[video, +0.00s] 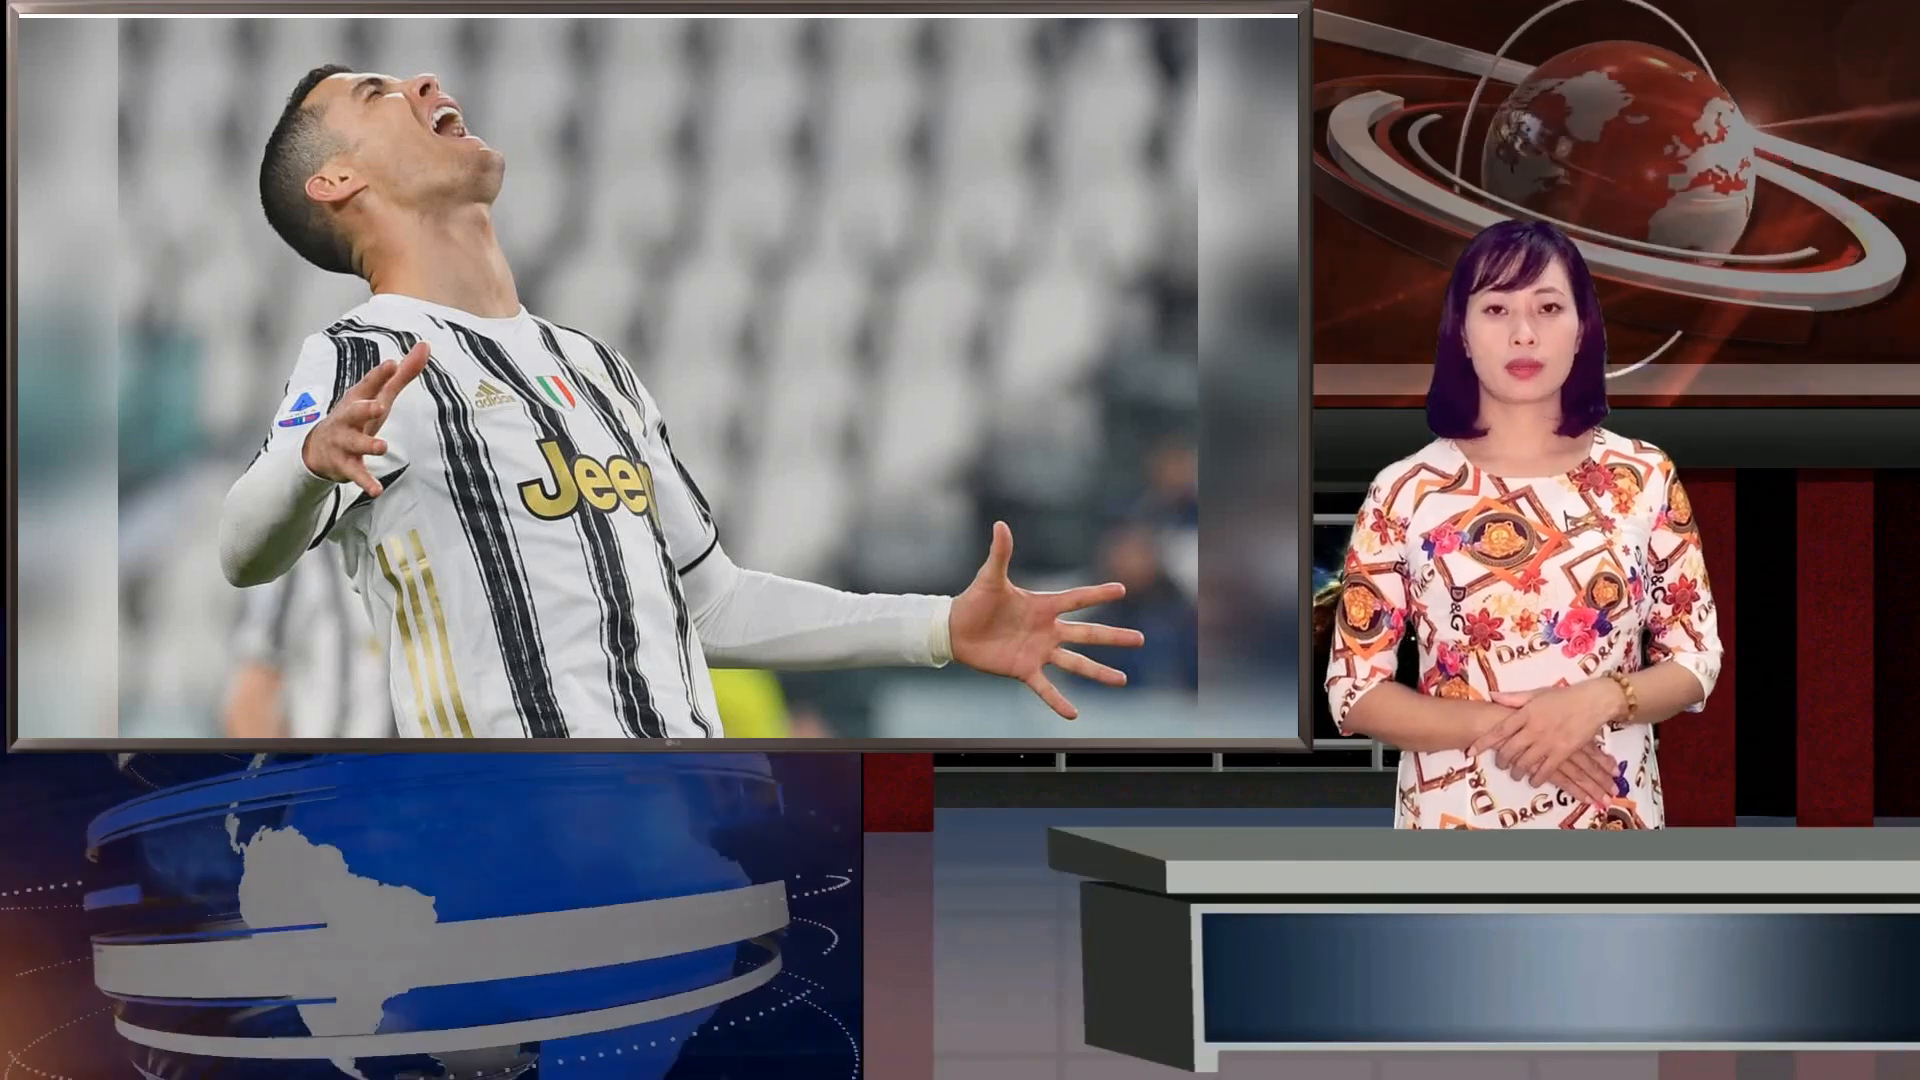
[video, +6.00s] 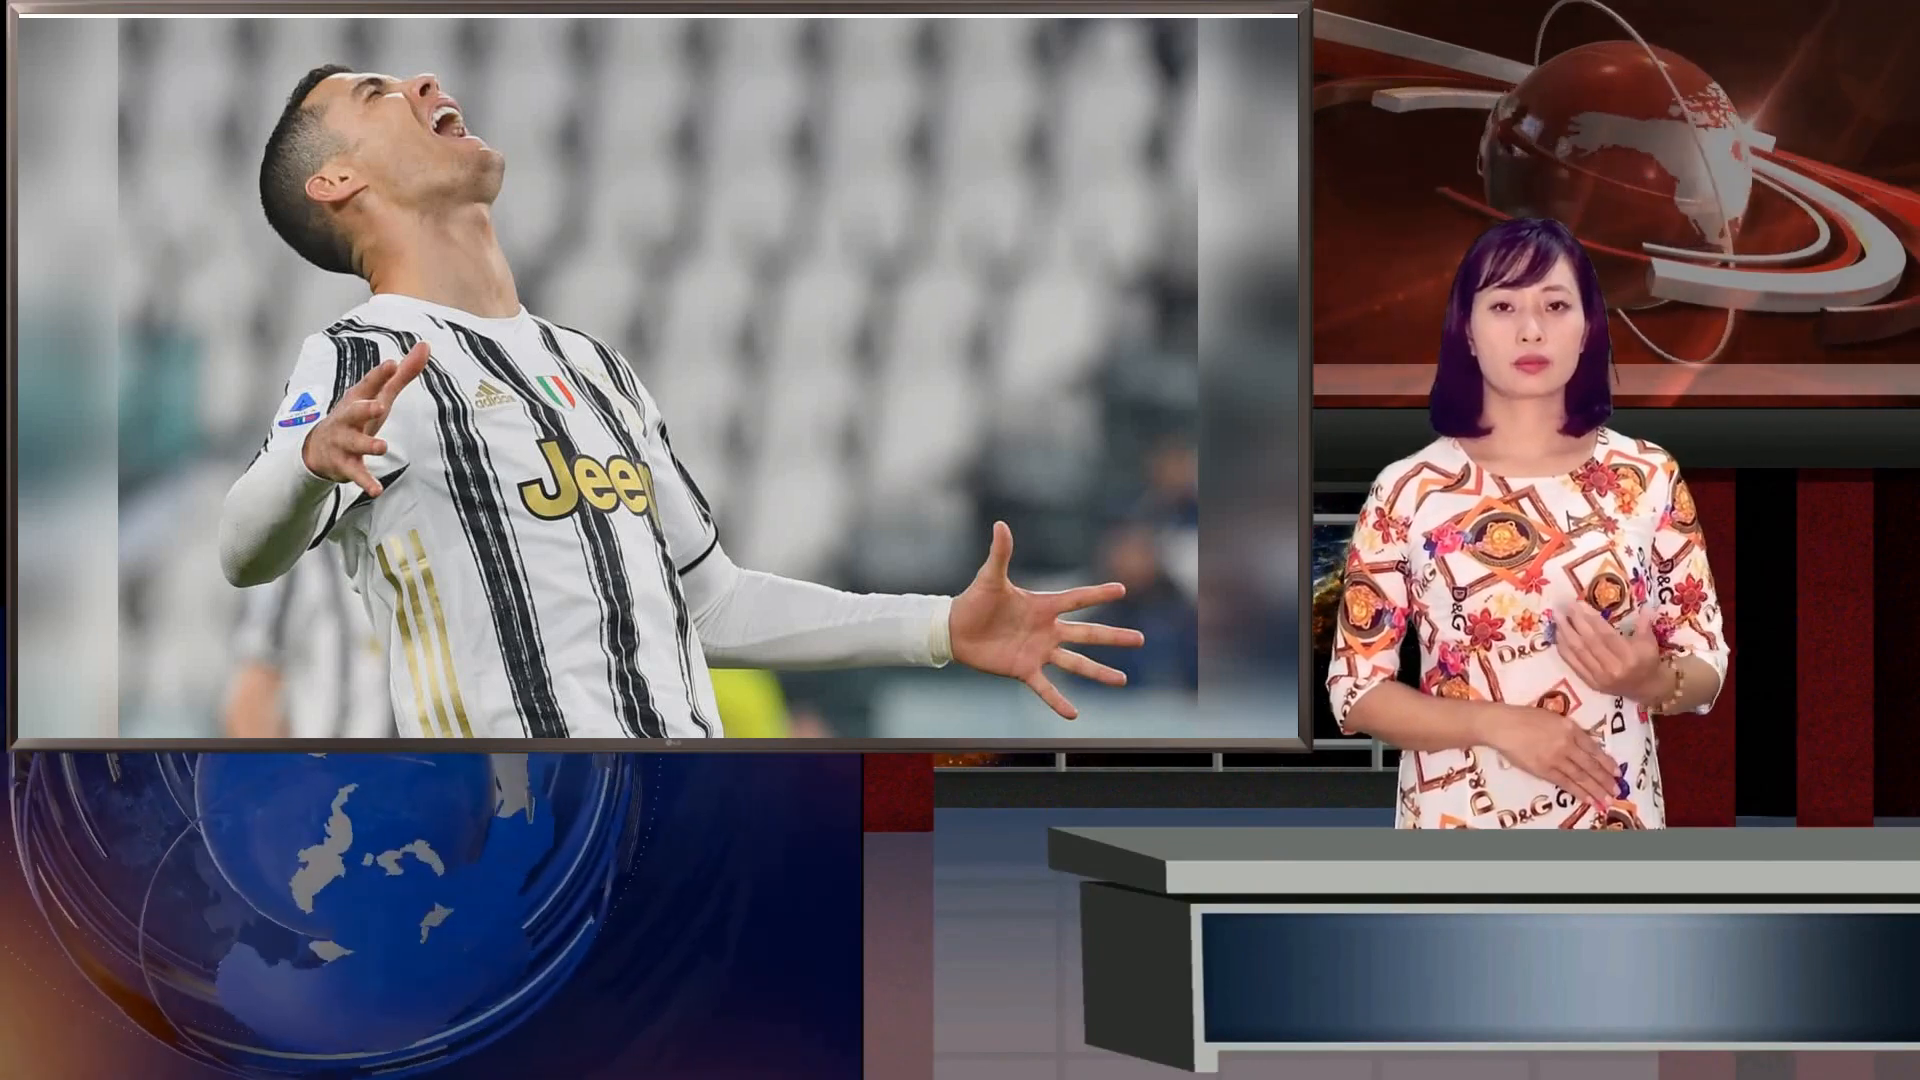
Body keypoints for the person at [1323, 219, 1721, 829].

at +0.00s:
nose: (1523, 332)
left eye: (1548, 308)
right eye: (1496, 309)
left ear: (1582, 328)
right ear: (1461, 331)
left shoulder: (1643, 479)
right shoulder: (1404, 493)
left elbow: (1696, 659)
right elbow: (1354, 691)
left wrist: (1598, 699)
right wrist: (1512, 730)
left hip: (1611, 832)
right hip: (1454, 832)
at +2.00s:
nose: (1526, 332)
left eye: (1552, 309)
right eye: (1498, 311)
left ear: (1586, 326)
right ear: (1463, 330)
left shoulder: (1645, 478)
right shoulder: (1405, 492)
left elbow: (1698, 662)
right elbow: (1355, 691)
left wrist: (1599, 701)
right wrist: (1509, 730)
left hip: (1612, 833)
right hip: (1455, 832)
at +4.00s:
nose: (1532, 329)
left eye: (1557, 305)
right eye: (1504, 307)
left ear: (1590, 325)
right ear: (1467, 328)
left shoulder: (1650, 478)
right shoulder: (1409, 492)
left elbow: (1704, 661)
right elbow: (1359, 691)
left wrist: (1606, 702)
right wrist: (1517, 732)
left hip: (1617, 830)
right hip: (1460, 831)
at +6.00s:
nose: (1531, 329)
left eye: (1555, 305)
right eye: (1502, 307)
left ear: (1588, 326)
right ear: (1466, 328)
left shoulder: (1647, 479)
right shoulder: (1406, 492)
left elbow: (1704, 668)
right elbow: (1355, 689)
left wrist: (1652, 682)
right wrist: (1498, 724)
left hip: (1613, 833)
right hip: (1456, 832)